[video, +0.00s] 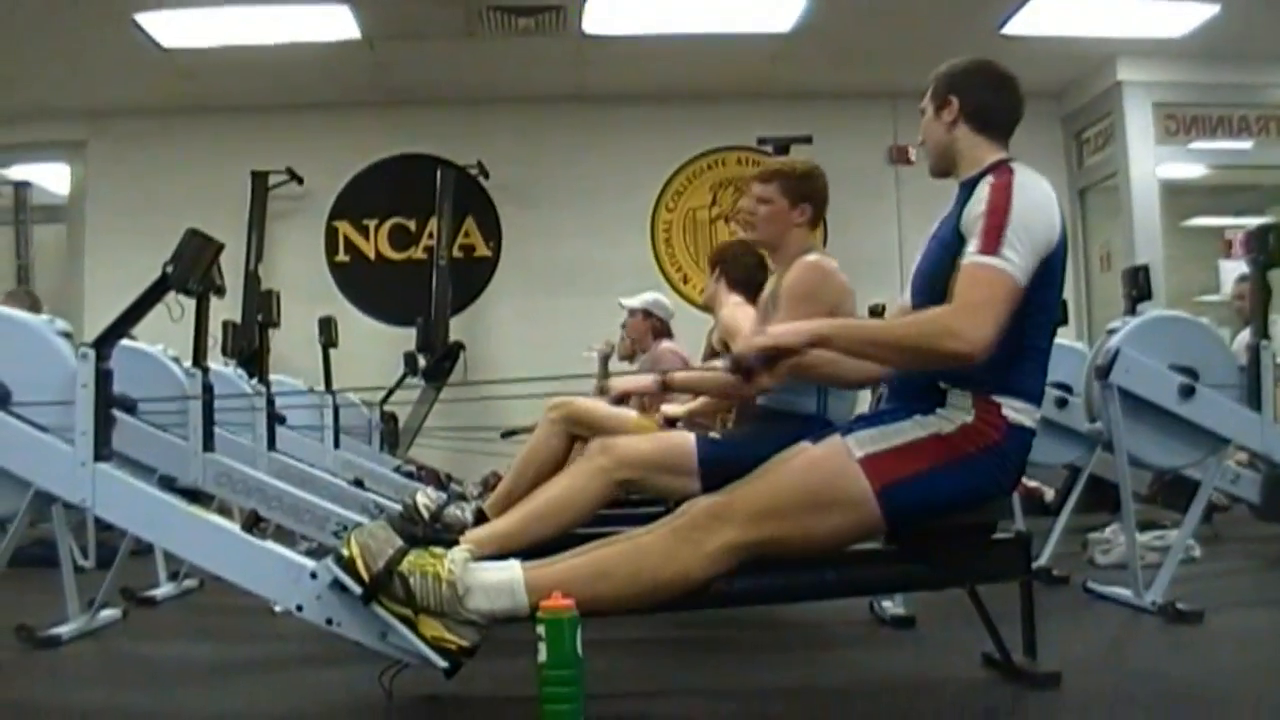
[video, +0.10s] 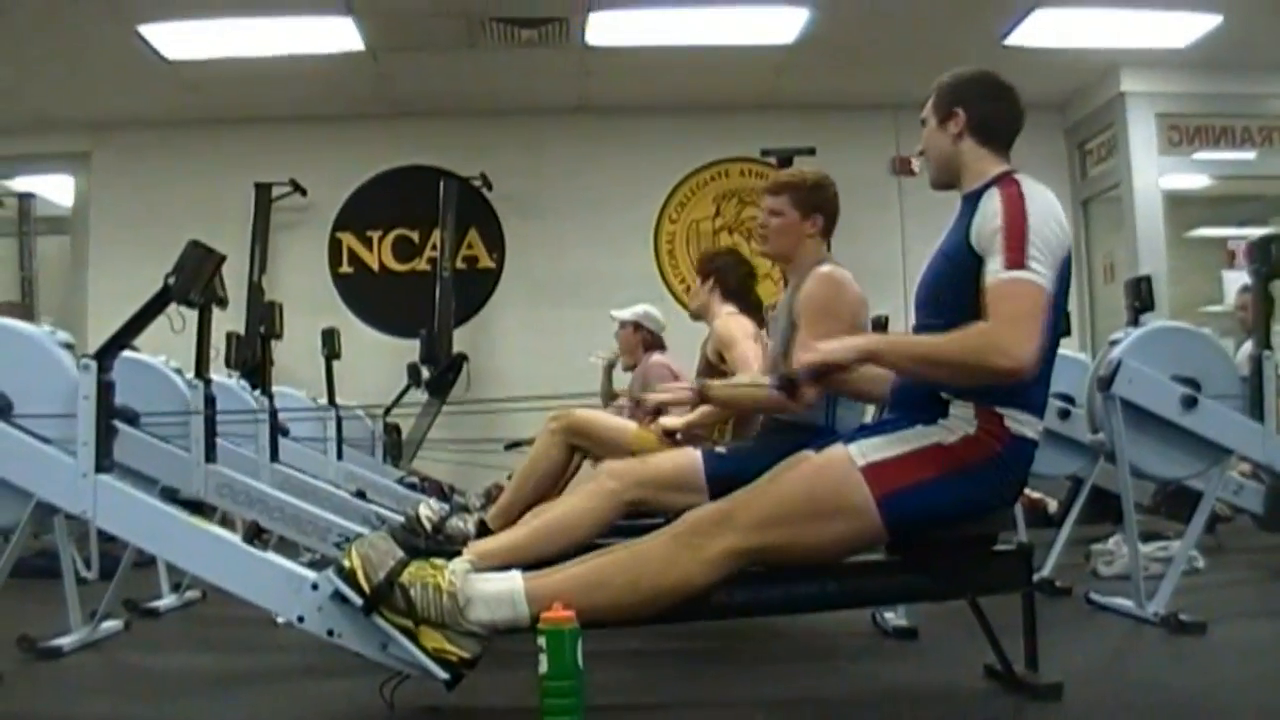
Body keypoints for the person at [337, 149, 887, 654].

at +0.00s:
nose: (747, 212)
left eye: (760, 203)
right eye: (748, 202)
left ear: (801, 215)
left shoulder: (811, 276)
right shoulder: (778, 287)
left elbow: (761, 371)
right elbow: (748, 390)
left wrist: (667, 385)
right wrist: (678, 413)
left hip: (766, 445)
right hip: (741, 436)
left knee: (570, 418)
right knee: (591, 439)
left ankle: (478, 530)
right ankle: (477, 535)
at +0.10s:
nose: (689, 291)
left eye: (696, 281)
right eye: (693, 282)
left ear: (714, 283)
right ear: (725, 286)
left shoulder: (730, 325)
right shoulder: (723, 331)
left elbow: (751, 387)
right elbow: (729, 393)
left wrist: (683, 420)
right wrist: (669, 409)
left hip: (694, 448)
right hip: (691, 443)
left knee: (562, 424)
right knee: (568, 426)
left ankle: (491, 526)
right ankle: (504, 525)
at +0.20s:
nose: (684, 289)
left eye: (691, 280)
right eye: (686, 280)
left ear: (712, 282)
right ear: (718, 284)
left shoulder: (730, 326)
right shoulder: (731, 328)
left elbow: (757, 387)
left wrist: (689, 419)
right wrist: (690, 413)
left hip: (700, 449)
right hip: (703, 444)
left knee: (570, 425)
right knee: (575, 430)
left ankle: (499, 525)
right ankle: (506, 523)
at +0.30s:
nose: (671, 279)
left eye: (678, 269)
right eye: (672, 270)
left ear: (702, 272)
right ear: (705, 274)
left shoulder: (720, 316)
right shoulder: (710, 319)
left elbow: (751, 372)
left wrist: (691, 411)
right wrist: (651, 405)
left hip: (702, 443)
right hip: (689, 436)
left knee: (567, 411)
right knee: (572, 411)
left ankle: (496, 512)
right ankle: (505, 509)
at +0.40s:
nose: (658, 276)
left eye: (663, 266)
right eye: (659, 267)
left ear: (687, 269)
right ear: (691, 271)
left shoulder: (708, 312)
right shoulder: (697, 316)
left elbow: (741, 364)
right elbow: (687, 384)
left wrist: (682, 409)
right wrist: (636, 402)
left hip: (698, 441)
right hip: (687, 435)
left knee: (565, 406)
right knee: (572, 413)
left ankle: (496, 510)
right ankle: (504, 511)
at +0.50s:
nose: (631, 287)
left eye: (639, 277)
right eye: (633, 277)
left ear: (664, 281)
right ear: (662, 282)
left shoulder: (683, 324)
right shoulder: (664, 329)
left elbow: (721, 375)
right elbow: (663, 393)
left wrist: (659, 422)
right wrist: (605, 415)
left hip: (681, 450)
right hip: (663, 442)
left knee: (553, 415)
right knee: (571, 450)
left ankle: (486, 521)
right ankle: (496, 522)